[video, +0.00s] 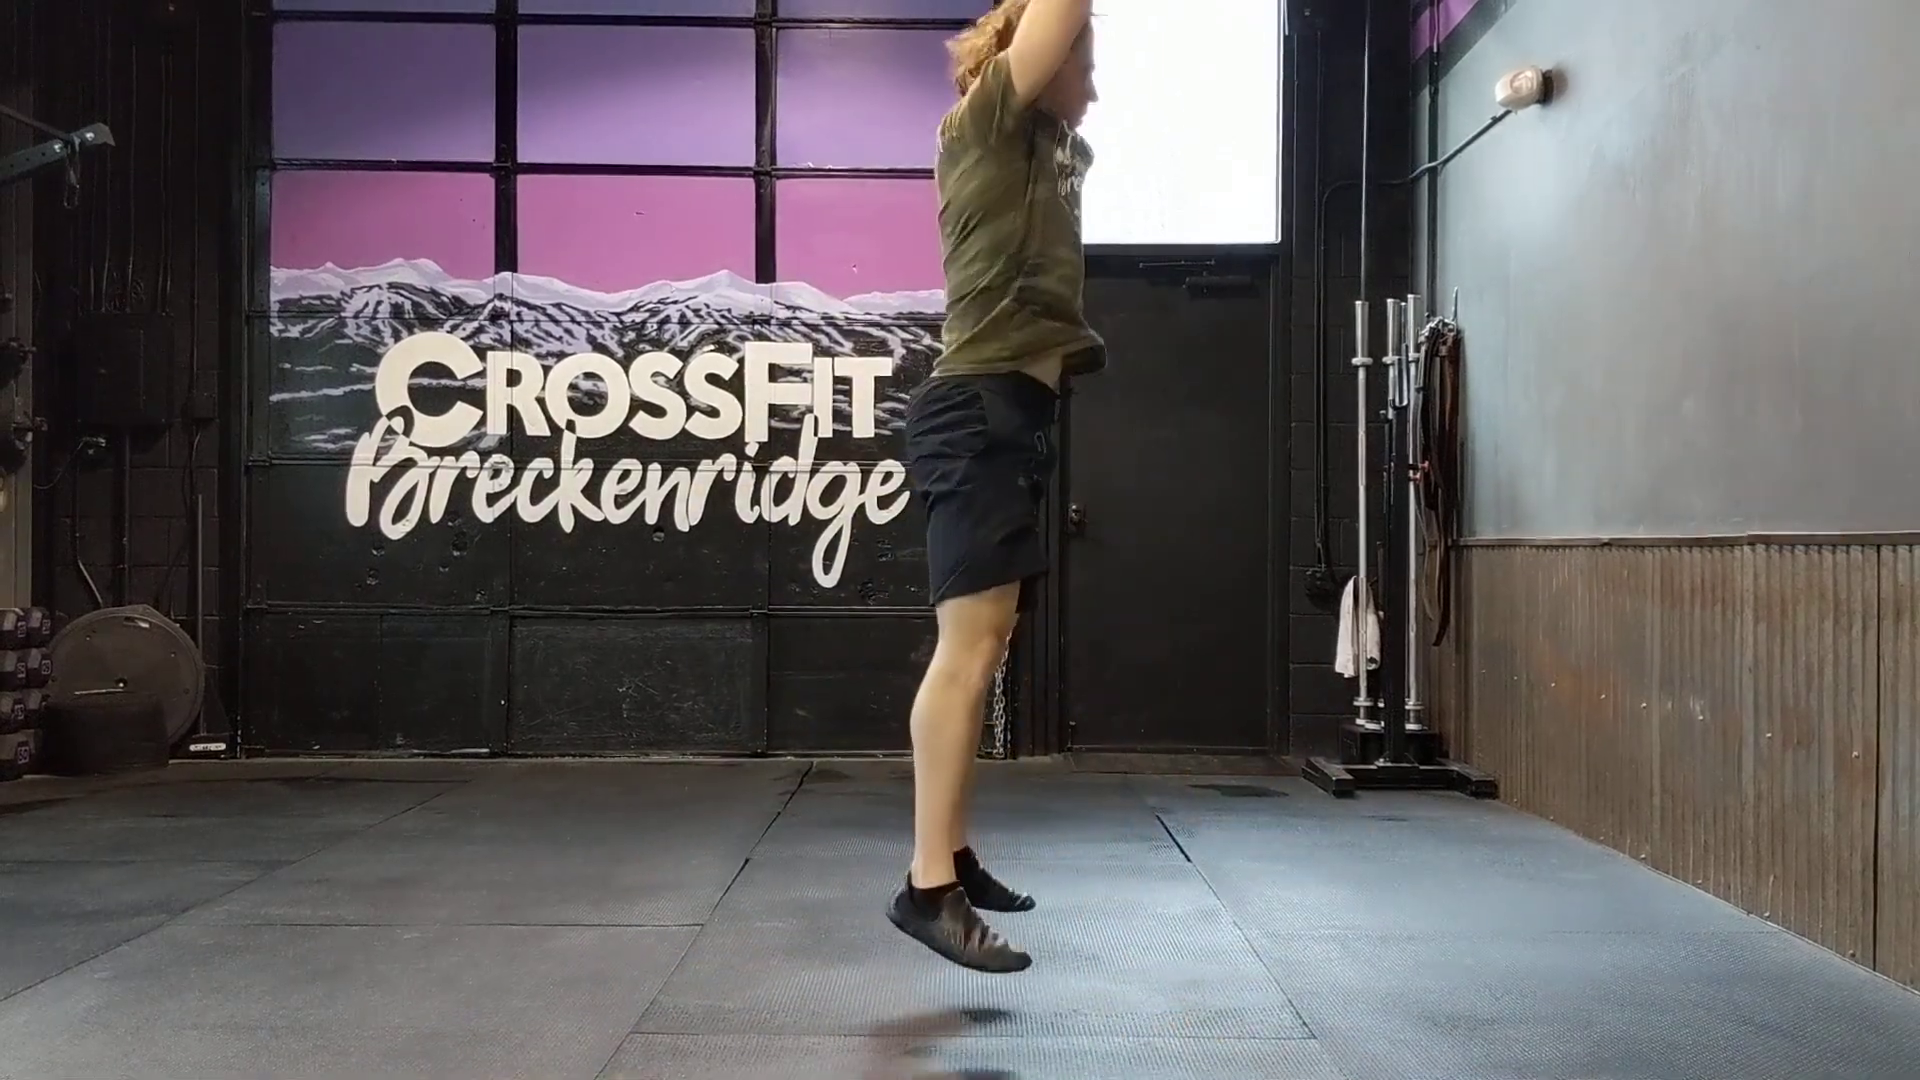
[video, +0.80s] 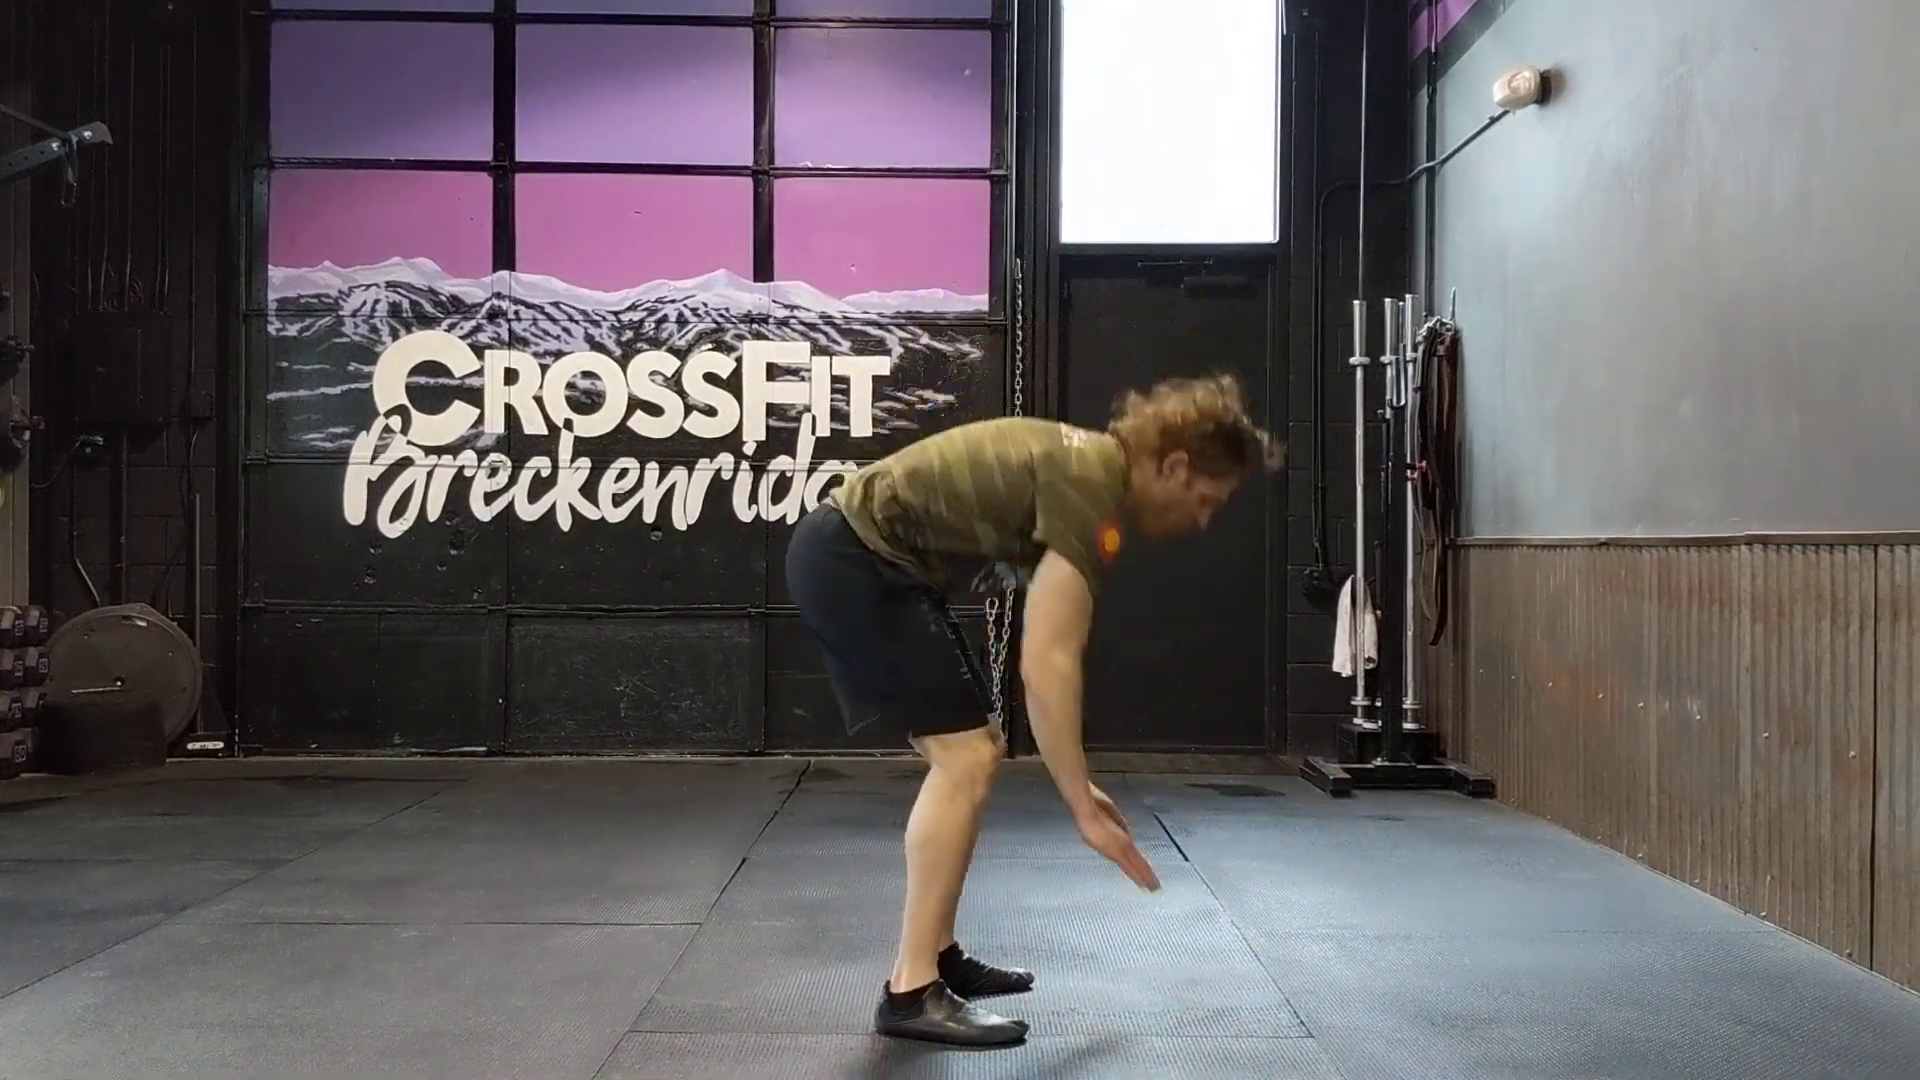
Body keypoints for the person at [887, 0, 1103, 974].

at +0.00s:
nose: (1088, 74)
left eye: (1089, 57)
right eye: (1079, 54)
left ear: (1042, 60)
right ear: (1029, 54)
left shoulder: (1029, 138)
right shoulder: (990, 123)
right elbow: (1060, 4)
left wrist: (1027, 45)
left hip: (1008, 411)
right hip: (978, 411)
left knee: (980, 644)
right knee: (969, 646)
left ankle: (947, 850)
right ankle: (927, 886)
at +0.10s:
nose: (1086, 123)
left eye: (1086, 100)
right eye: (1073, 101)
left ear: (1049, 101)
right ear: (1023, 98)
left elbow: (1066, 29)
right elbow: (1054, 17)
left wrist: (1048, 49)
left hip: (1008, 451)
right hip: (968, 454)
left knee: (985, 695)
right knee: (975, 698)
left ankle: (958, 904)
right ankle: (937, 941)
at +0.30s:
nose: (1089, 225)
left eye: (1092, 209)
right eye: (1083, 207)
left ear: (1031, 200)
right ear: (1039, 196)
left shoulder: (1011, 286)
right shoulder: (974, 266)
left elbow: (1036, 393)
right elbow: (974, 351)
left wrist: (1110, 332)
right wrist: (1090, 261)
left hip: (987, 545)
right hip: (952, 543)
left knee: (1001, 754)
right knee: (995, 757)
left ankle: (939, 957)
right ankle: (915, 989)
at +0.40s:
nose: (1106, 233)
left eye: (1110, 215)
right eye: (1102, 212)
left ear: (1051, 199)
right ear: (1057, 195)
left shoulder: (1015, 284)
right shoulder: (985, 278)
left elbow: (969, 429)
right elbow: (937, 424)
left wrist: (1031, 522)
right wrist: (1031, 515)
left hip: (972, 541)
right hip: (945, 539)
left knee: (976, 753)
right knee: (971, 754)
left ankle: (935, 955)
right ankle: (912, 987)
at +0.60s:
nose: (1176, 319)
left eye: (1185, 301)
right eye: (1177, 295)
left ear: (1127, 268)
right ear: (1131, 266)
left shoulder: (1059, 322)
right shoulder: (1034, 320)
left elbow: (965, 462)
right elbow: (955, 465)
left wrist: (984, 604)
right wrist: (996, 612)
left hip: (932, 533)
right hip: (906, 534)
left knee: (953, 753)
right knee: (948, 756)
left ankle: (931, 952)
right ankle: (911, 989)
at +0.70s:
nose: (1199, 414)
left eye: (1209, 399)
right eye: (1202, 392)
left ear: (1158, 356)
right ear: (1161, 355)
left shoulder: (1079, 389)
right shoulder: (1068, 389)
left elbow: (1007, 544)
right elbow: (998, 543)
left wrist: (1027, 685)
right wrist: (1036, 693)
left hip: (905, 543)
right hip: (874, 539)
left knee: (952, 751)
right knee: (947, 754)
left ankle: (934, 955)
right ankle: (910, 990)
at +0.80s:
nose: (1203, 523)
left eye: (1214, 508)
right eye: (1207, 503)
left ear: (1169, 464)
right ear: (1172, 467)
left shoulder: (1095, 473)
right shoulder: (1087, 486)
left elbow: (1052, 653)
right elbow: (1049, 658)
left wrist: (1080, 787)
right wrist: (1082, 806)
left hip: (874, 553)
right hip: (856, 556)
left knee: (969, 756)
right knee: (966, 760)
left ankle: (934, 956)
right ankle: (910, 990)